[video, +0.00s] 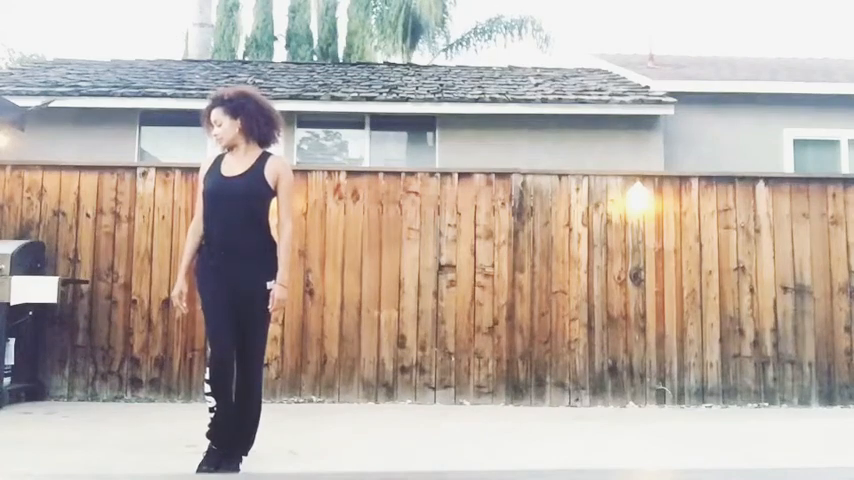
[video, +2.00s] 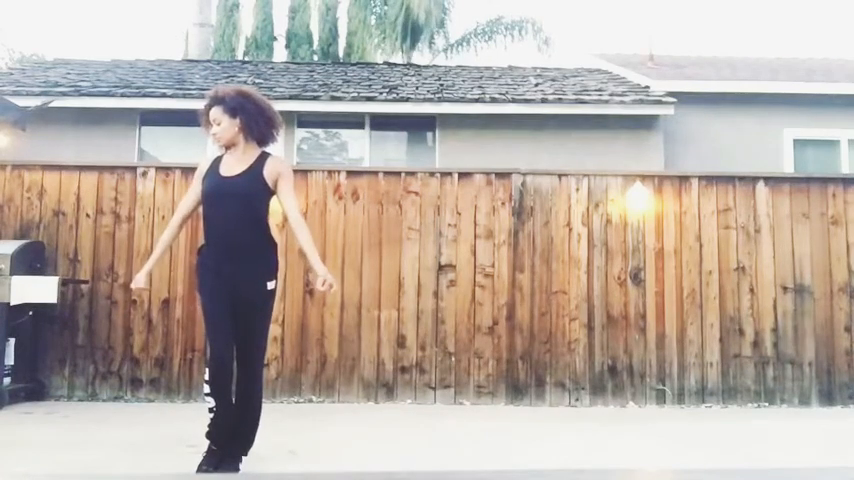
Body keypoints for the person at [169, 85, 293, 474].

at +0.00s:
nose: (213, 131)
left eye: (218, 123)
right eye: (211, 125)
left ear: (243, 120)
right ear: (217, 127)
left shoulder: (275, 164)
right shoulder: (212, 164)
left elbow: (286, 225)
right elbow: (199, 223)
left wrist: (282, 279)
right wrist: (181, 275)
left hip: (255, 272)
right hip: (213, 270)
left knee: (249, 360)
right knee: (221, 354)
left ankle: (238, 448)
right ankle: (220, 443)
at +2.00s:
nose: (212, 131)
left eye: (217, 123)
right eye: (210, 124)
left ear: (241, 121)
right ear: (223, 126)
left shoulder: (273, 165)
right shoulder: (212, 165)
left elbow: (294, 218)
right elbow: (179, 218)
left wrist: (317, 265)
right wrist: (146, 268)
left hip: (257, 273)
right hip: (214, 271)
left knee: (249, 362)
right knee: (220, 356)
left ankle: (238, 450)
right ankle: (218, 446)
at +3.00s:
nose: (230, 120)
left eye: (237, 114)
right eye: (224, 115)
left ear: (254, 121)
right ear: (217, 122)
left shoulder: (269, 158)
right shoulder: (208, 158)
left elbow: (299, 99)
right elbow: (176, 104)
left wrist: (309, 42)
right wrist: (193, 53)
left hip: (256, 269)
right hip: (212, 268)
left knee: (249, 362)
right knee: (220, 353)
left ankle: (237, 451)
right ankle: (218, 444)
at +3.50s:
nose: (234, 116)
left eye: (242, 110)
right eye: (229, 111)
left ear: (255, 117)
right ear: (220, 118)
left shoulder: (269, 151)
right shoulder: (210, 152)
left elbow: (276, 83)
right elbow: (195, 87)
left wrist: (239, 80)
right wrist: (233, 79)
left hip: (250, 263)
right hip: (209, 261)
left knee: (240, 355)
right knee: (208, 354)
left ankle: (229, 450)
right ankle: (213, 449)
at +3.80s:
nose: (244, 122)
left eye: (251, 116)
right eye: (238, 116)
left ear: (264, 122)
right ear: (229, 124)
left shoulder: (279, 155)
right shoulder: (220, 157)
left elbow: (282, 87)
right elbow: (198, 97)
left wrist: (236, 82)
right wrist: (227, 85)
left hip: (258, 272)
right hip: (216, 267)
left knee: (226, 353)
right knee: (204, 357)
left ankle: (231, 443)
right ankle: (213, 447)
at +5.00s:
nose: (248, 122)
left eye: (255, 115)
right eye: (242, 116)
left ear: (272, 122)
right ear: (237, 124)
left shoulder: (278, 156)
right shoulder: (239, 158)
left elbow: (293, 91)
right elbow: (217, 102)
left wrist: (274, 92)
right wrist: (251, 94)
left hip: (255, 272)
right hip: (227, 272)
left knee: (245, 363)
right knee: (228, 365)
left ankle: (296, 438)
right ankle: (244, 451)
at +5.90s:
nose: (126, 117)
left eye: (136, 111)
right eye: (124, 112)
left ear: (158, 119)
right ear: (120, 120)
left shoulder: (162, 167)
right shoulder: (110, 155)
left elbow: (211, 136)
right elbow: (51, 137)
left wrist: (184, 138)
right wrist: (85, 103)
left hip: (132, 265)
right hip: (100, 265)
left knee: (112, 365)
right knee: (93, 369)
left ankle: (89, 459)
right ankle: (171, 432)